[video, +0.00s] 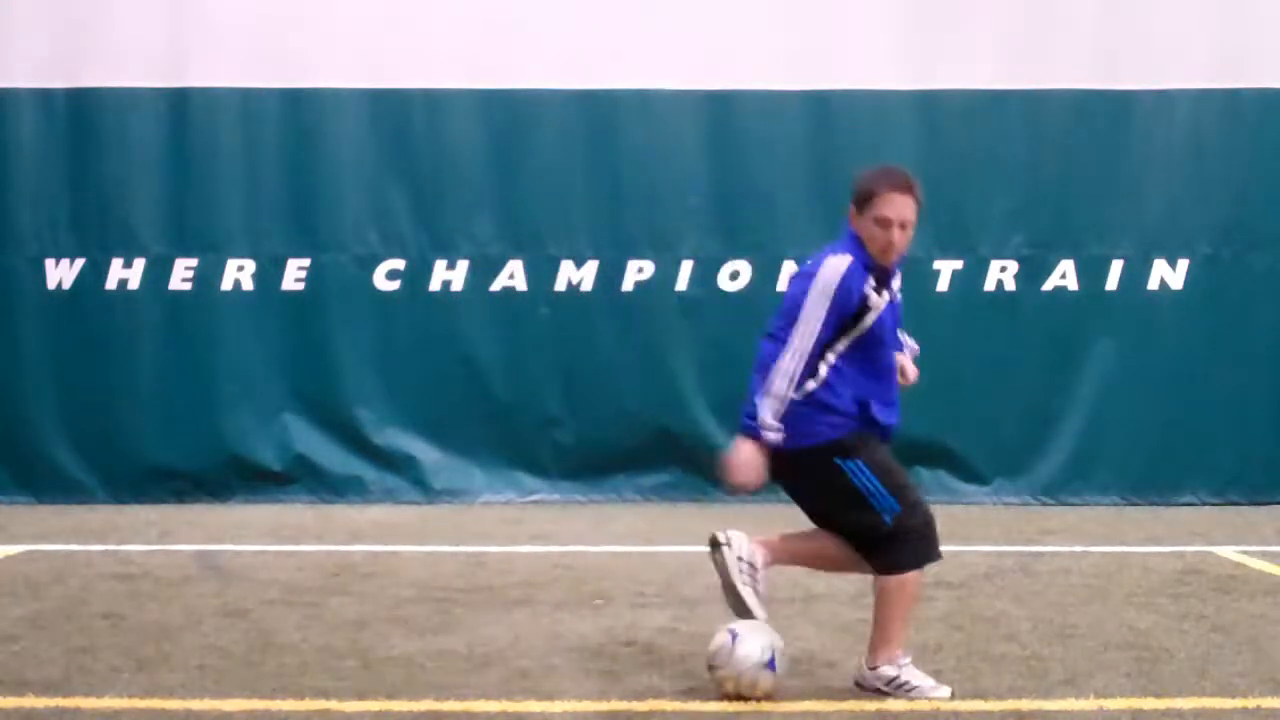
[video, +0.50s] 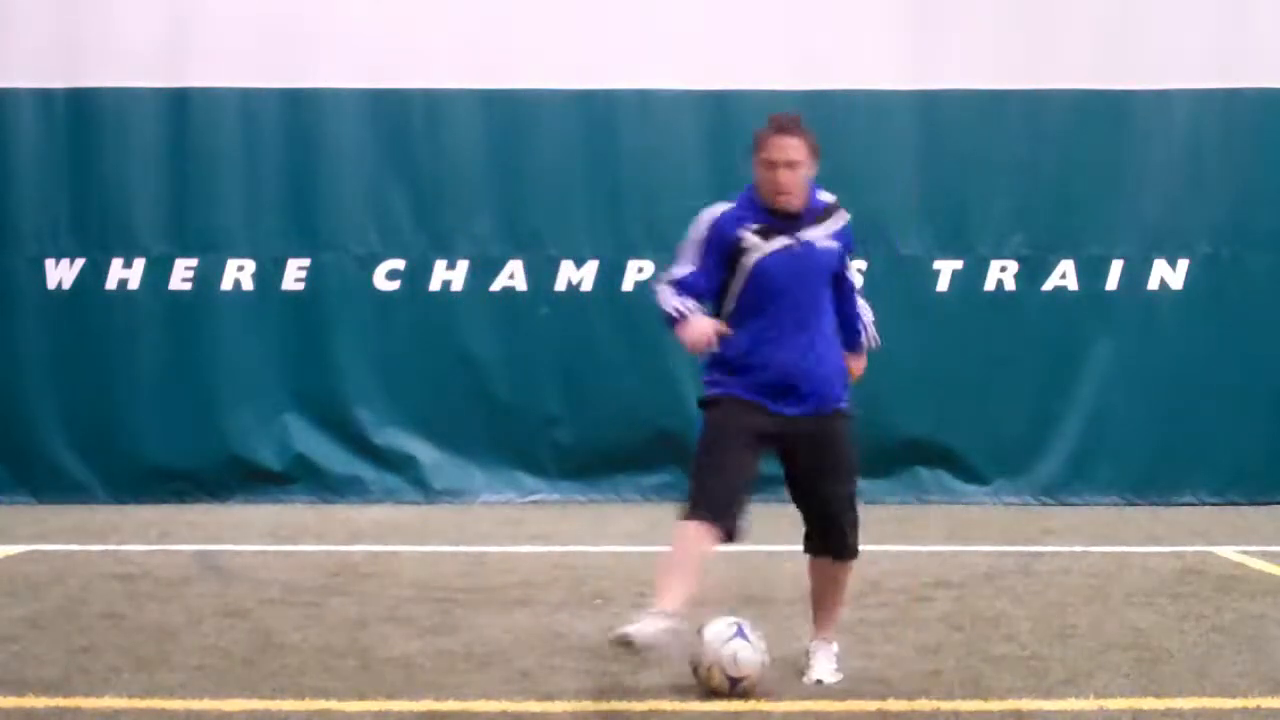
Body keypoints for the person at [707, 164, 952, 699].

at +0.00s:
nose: (895, 239)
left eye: (905, 227)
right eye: (883, 224)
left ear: (915, 226)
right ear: (857, 219)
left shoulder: (884, 273)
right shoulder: (835, 271)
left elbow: (879, 324)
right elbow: (793, 350)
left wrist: (897, 351)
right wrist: (758, 433)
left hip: (846, 434)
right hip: (817, 437)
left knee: (885, 546)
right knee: (909, 531)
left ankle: (756, 552)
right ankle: (885, 664)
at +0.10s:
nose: (895, 235)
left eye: (906, 223)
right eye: (884, 220)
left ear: (915, 224)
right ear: (856, 216)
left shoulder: (890, 268)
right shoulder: (833, 266)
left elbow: (890, 329)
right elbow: (792, 343)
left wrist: (914, 360)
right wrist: (767, 425)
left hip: (860, 434)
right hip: (823, 438)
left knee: (889, 543)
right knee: (913, 530)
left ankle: (762, 559)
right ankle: (885, 664)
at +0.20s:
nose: (876, 199)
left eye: (885, 188)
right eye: (863, 186)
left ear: (895, 188)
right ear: (837, 183)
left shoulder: (884, 231)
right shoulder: (803, 229)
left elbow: (888, 292)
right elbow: (743, 294)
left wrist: (916, 337)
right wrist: (730, 366)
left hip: (852, 403)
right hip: (801, 403)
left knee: (897, 508)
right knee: (877, 513)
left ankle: (764, 551)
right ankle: (883, 659)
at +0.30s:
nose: (853, 170)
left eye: (864, 159)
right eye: (842, 157)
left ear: (876, 159)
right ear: (818, 154)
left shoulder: (878, 209)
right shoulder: (781, 200)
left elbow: (880, 278)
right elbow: (713, 256)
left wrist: (894, 327)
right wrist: (706, 335)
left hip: (842, 378)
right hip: (779, 375)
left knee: (871, 494)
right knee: (831, 493)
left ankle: (785, 590)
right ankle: (875, 631)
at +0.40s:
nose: (824, 172)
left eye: (836, 161)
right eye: (813, 159)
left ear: (850, 161)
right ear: (792, 155)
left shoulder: (860, 215)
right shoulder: (756, 210)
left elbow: (865, 285)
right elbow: (697, 276)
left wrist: (867, 340)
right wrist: (709, 342)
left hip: (832, 387)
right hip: (760, 385)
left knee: (837, 521)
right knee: (782, 503)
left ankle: (831, 644)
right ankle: (793, 622)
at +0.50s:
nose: (783, 177)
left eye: (794, 166)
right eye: (771, 166)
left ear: (813, 168)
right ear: (754, 168)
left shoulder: (835, 223)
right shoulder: (722, 224)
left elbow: (847, 287)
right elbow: (673, 287)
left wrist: (860, 343)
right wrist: (687, 316)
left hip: (818, 402)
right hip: (740, 398)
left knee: (835, 528)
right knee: (709, 503)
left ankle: (824, 644)